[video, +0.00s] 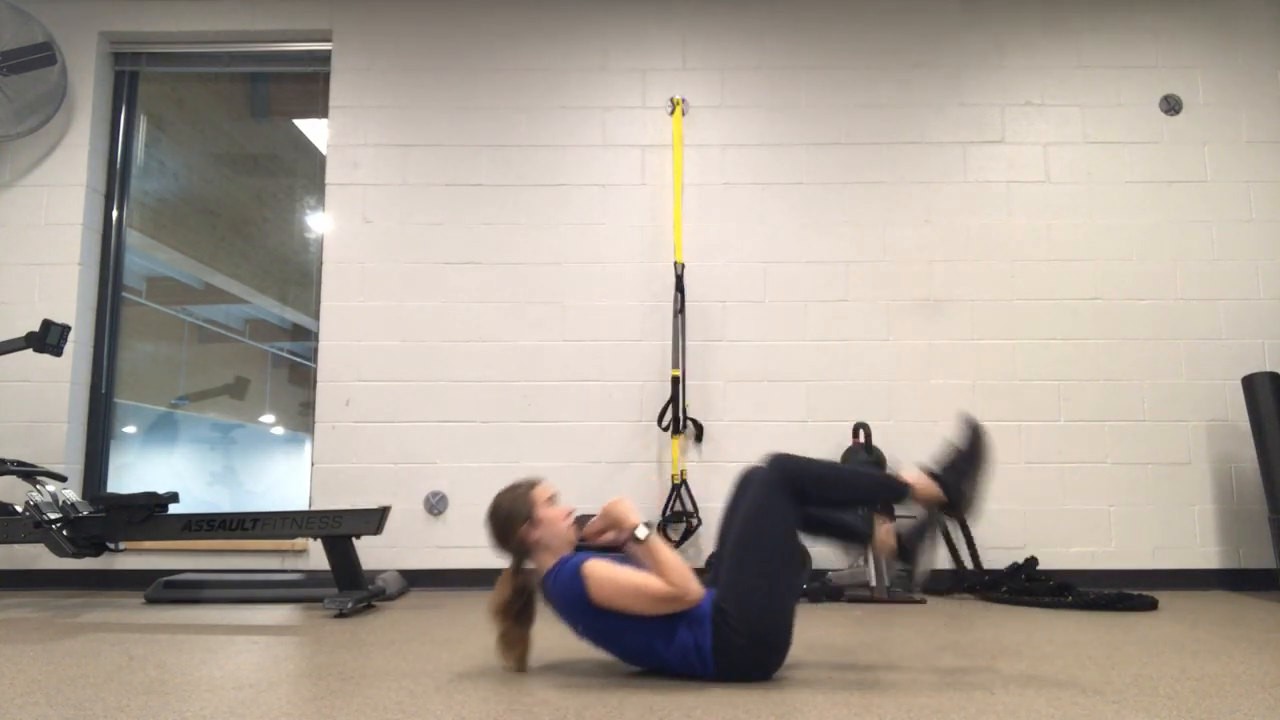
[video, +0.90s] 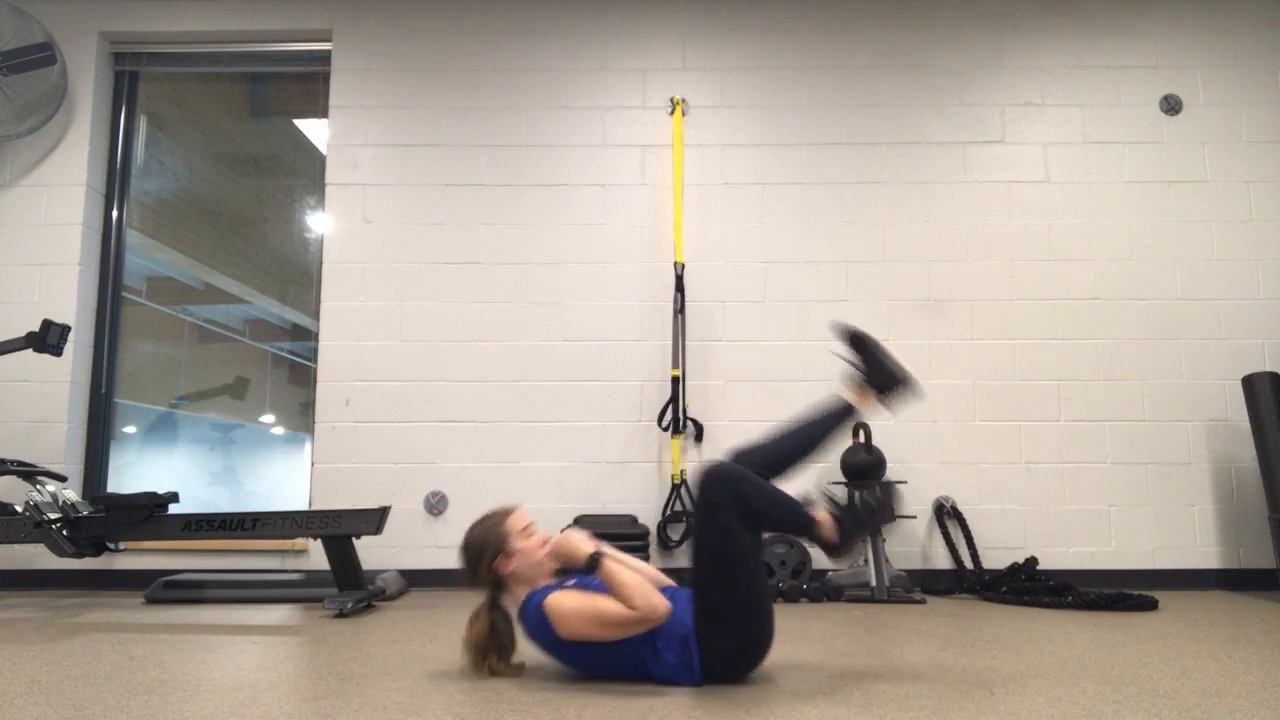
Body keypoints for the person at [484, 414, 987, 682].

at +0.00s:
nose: (567, 508)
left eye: (558, 499)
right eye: (553, 505)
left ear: (535, 532)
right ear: (531, 535)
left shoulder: (567, 569)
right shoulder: (579, 574)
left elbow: (617, 514)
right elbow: (685, 591)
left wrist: (611, 526)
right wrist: (638, 530)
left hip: (725, 630)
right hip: (738, 642)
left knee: (763, 478)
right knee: (773, 474)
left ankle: (886, 537)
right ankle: (931, 490)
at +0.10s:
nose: (540, 532)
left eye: (531, 526)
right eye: (525, 532)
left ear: (524, 555)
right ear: (509, 563)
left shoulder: (559, 592)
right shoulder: (560, 601)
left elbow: (652, 595)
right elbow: (668, 596)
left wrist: (605, 553)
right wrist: (610, 545)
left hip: (723, 632)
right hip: (734, 644)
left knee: (727, 468)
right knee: (726, 467)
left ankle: (860, 449)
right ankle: (859, 455)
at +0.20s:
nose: (517, 552)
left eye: (506, 547)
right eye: (502, 554)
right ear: (492, 589)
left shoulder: (551, 606)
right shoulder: (548, 622)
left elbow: (653, 603)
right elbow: (657, 603)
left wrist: (583, 563)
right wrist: (591, 559)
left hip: (715, 629)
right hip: (723, 639)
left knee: (679, 468)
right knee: (679, 467)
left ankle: (798, 404)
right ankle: (810, 416)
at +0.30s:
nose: (499, 565)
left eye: (486, 562)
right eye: (483, 570)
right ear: (479, 607)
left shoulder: (540, 614)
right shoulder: (541, 633)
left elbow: (644, 590)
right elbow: (640, 601)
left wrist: (569, 571)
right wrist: (568, 567)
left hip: (702, 609)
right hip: (714, 625)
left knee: (657, 463)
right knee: (640, 468)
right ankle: (766, 407)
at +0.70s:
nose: (492, 574)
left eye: (483, 570)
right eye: (478, 578)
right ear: (471, 616)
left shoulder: (536, 612)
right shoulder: (527, 639)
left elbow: (640, 574)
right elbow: (626, 602)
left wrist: (553, 570)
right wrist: (551, 572)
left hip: (695, 598)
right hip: (705, 618)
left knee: (667, 450)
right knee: (632, 470)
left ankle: (750, 326)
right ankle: (763, 455)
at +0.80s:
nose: (511, 557)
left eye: (501, 552)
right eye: (496, 560)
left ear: (510, 570)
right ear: (483, 596)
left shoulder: (544, 604)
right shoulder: (536, 627)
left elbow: (654, 584)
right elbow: (634, 605)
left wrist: (568, 559)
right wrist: (567, 567)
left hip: (702, 615)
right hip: (708, 634)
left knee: (696, 465)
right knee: (668, 473)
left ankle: (799, 347)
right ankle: (795, 489)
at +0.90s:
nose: (542, 536)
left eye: (534, 529)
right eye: (527, 535)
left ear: (530, 550)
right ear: (505, 566)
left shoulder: (558, 585)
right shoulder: (552, 608)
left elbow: (659, 588)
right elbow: (652, 608)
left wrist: (596, 551)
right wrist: (590, 553)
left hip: (710, 623)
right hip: (719, 646)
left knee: (736, 473)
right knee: (720, 481)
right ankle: (830, 530)